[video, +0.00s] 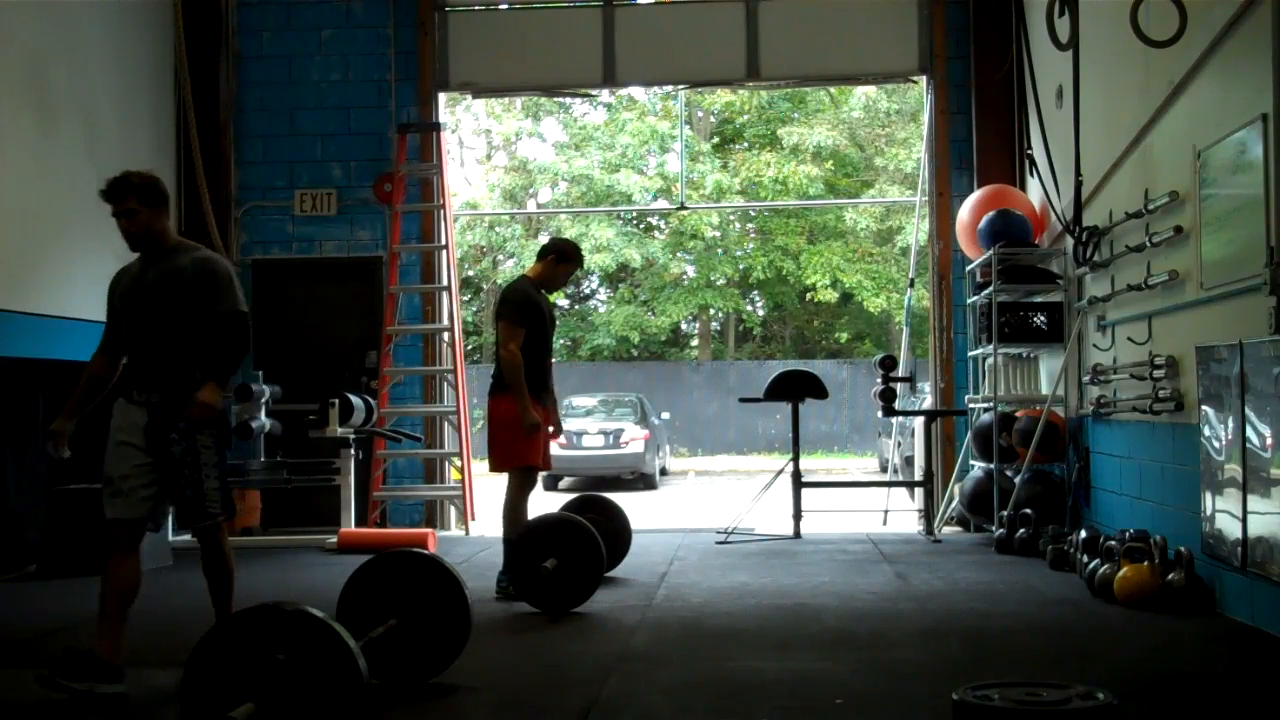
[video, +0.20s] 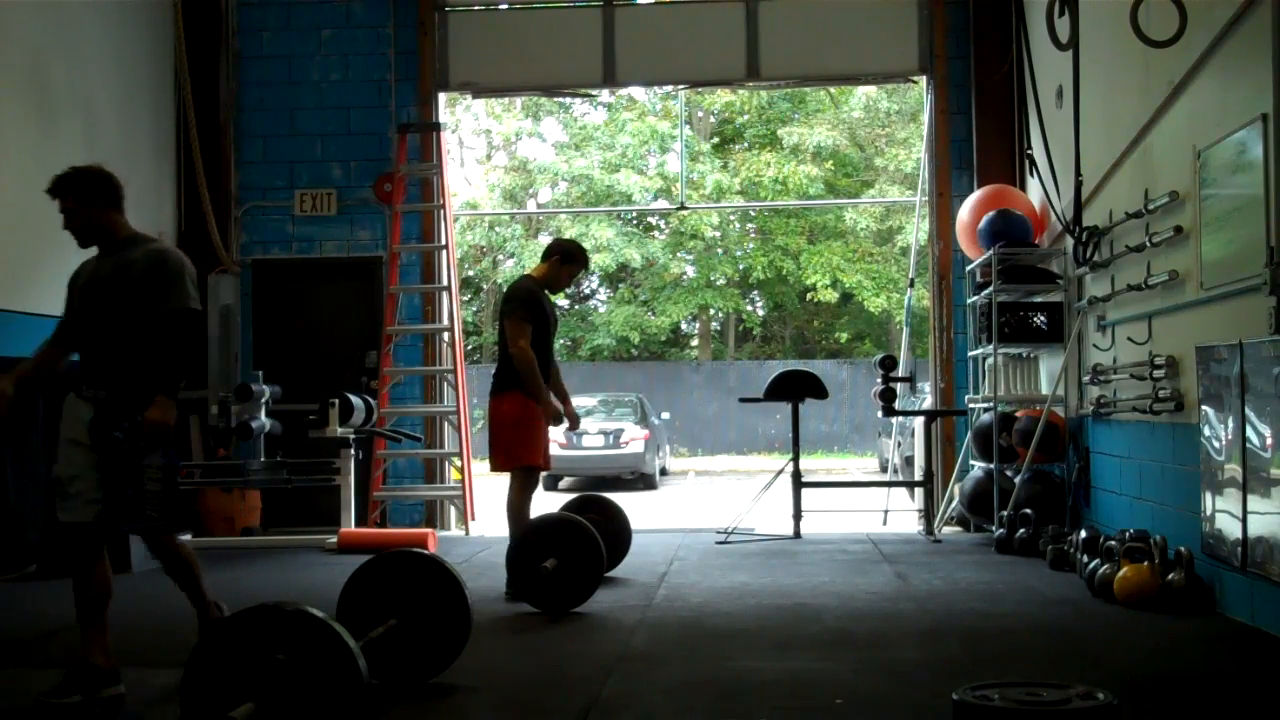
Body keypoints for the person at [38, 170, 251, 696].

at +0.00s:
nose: (122, 226)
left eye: (129, 215)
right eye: (118, 217)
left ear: (157, 211)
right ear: (121, 220)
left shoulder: (210, 270)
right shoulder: (125, 281)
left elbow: (237, 337)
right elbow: (108, 355)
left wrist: (215, 385)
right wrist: (71, 415)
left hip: (194, 418)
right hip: (135, 419)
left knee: (210, 533)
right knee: (122, 535)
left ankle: (225, 637)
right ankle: (108, 655)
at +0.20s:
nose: (65, 225)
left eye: (69, 213)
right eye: (63, 215)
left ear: (98, 207)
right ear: (90, 210)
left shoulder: (163, 263)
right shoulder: (87, 275)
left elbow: (186, 344)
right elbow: (64, 341)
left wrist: (167, 401)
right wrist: (20, 379)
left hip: (150, 422)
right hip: (94, 423)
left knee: (156, 529)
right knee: (88, 543)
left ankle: (211, 617)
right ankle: (96, 660)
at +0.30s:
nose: (45, 227)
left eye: (47, 215)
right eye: (42, 217)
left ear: (72, 207)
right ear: (77, 207)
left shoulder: (142, 259)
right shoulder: (68, 269)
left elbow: (168, 338)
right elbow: (21, 322)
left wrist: (147, 403)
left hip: (125, 420)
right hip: (78, 419)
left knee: (118, 535)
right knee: (78, 542)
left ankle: (177, 611)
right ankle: (95, 661)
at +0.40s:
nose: (24, 224)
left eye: (25, 214)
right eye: (21, 216)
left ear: (45, 206)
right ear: (64, 200)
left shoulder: (124, 256)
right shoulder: (47, 259)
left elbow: (145, 335)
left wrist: (128, 401)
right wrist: (9, 274)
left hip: (103, 412)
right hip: (66, 410)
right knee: (71, 532)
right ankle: (91, 658)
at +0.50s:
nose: (12, 233)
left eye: (14, 221)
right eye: (8, 224)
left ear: (32, 209)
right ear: (46, 201)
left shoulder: (106, 257)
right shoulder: (33, 259)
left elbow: (125, 343)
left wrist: (110, 407)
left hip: (82, 418)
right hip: (48, 416)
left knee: (60, 544)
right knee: (67, 543)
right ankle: (92, 668)